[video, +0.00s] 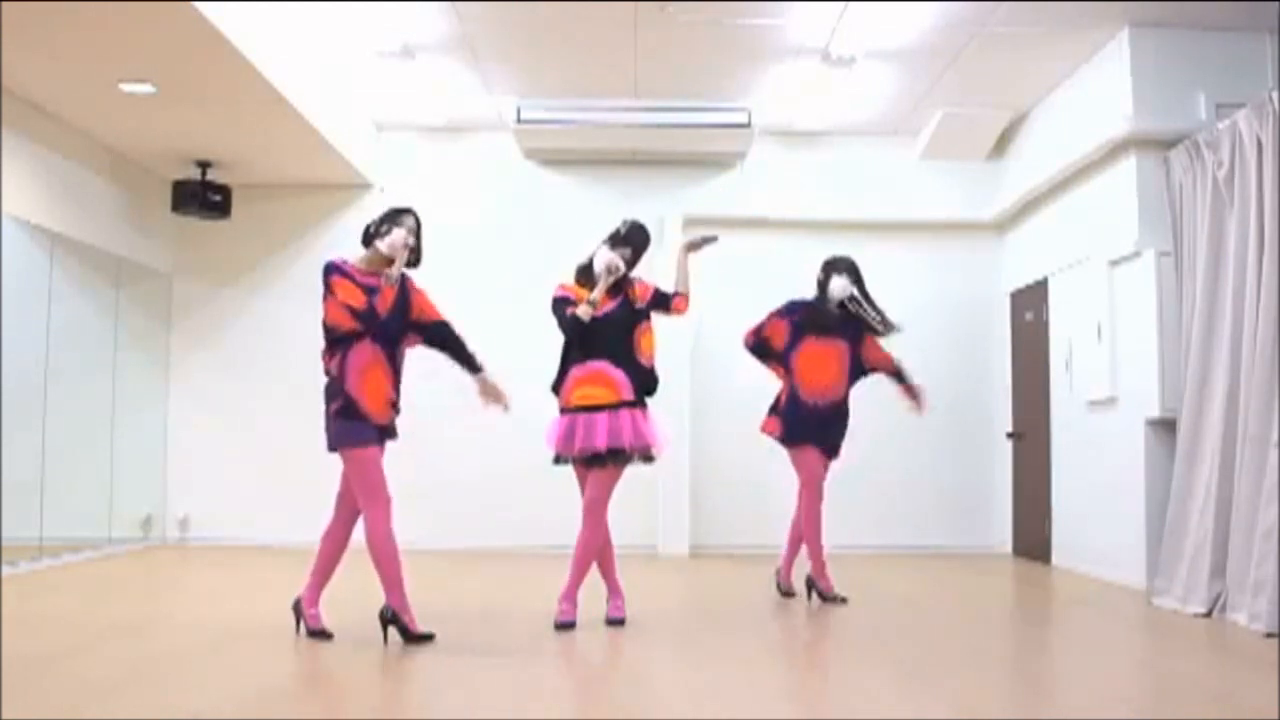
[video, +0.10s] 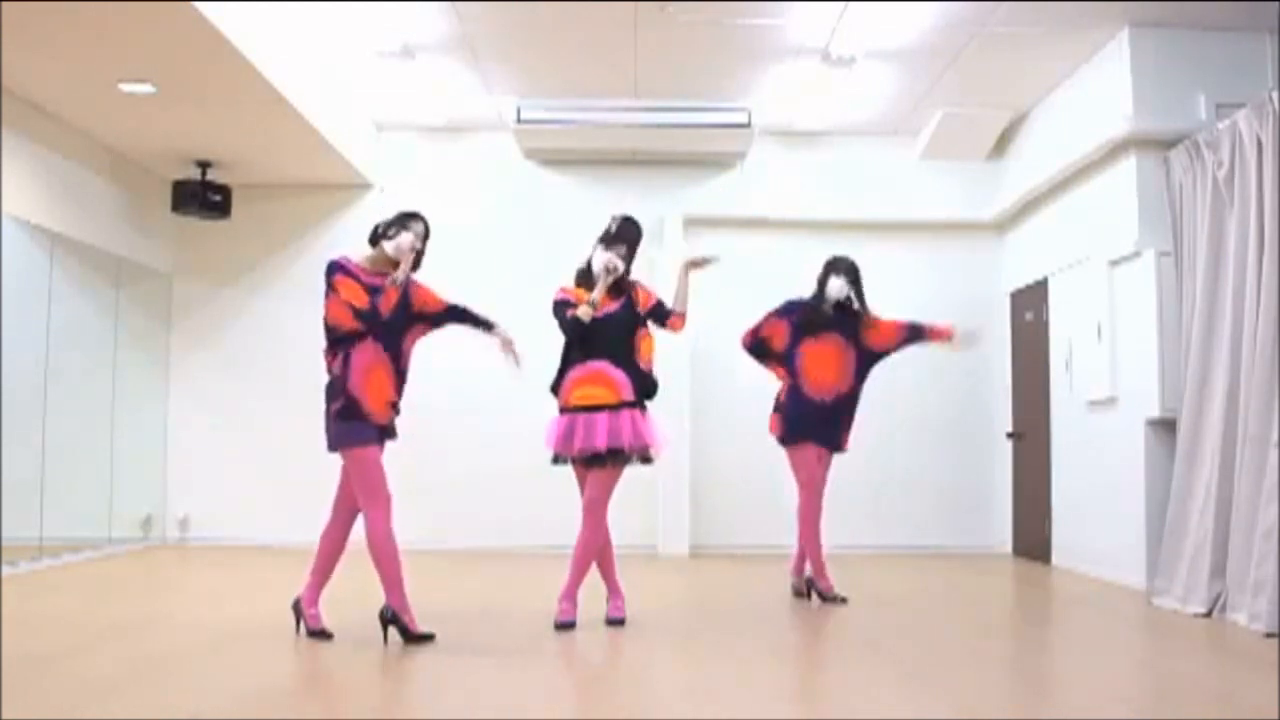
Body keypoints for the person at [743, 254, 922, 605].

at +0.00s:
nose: (841, 290)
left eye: (848, 283)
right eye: (836, 282)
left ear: (856, 287)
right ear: (823, 283)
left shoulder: (855, 329)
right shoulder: (796, 314)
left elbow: (881, 360)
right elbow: (754, 342)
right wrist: (782, 372)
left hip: (834, 415)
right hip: (796, 410)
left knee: (811, 490)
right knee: (813, 484)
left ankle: (785, 568)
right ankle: (819, 572)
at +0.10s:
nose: (838, 289)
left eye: (846, 282)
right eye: (833, 280)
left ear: (855, 288)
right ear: (822, 282)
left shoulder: (863, 328)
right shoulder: (796, 315)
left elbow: (904, 332)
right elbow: (753, 342)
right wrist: (782, 371)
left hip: (834, 417)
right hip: (796, 412)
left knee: (813, 491)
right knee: (810, 490)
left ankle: (800, 569)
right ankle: (819, 574)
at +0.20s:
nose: (836, 290)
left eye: (843, 284)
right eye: (833, 282)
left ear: (851, 288)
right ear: (825, 281)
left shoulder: (859, 321)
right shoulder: (795, 313)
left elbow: (895, 315)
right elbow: (751, 341)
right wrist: (783, 370)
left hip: (834, 411)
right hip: (798, 409)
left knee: (813, 491)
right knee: (811, 491)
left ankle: (801, 569)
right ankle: (817, 573)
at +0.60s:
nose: (828, 293)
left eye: (836, 287)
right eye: (823, 284)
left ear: (846, 290)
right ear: (813, 282)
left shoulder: (861, 319)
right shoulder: (792, 318)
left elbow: (899, 298)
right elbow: (792, 361)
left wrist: (872, 265)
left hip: (836, 415)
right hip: (798, 412)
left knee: (826, 504)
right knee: (808, 497)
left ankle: (803, 573)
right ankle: (799, 577)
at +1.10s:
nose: (856, 273)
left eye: (863, 267)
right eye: (851, 265)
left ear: (873, 270)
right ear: (839, 265)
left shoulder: (890, 300)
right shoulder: (818, 306)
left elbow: (930, 279)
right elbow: (820, 346)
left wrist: (899, 244)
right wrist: (844, 301)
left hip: (877, 408)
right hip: (835, 410)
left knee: (870, 500)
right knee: (852, 498)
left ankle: (852, 585)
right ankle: (852, 589)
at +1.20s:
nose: (859, 267)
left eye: (865, 259)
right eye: (851, 260)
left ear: (876, 263)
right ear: (840, 264)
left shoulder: (895, 302)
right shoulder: (825, 306)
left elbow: (940, 301)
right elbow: (830, 342)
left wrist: (936, 256)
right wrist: (853, 298)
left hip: (884, 411)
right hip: (841, 413)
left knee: (882, 504)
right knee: (853, 499)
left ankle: (860, 587)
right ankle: (856, 592)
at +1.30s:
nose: (862, 260)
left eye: (867, 252)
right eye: (853, 254)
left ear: (877, 256)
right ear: (840, 260)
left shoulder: (892, 301)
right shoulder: (829, 300)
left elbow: (934, 330)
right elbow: (839, 337)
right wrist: (860, 295)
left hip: (888, 407)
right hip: (846, 407)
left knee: (886, 499)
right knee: (855, 498)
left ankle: (887, 596)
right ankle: (856, 596)